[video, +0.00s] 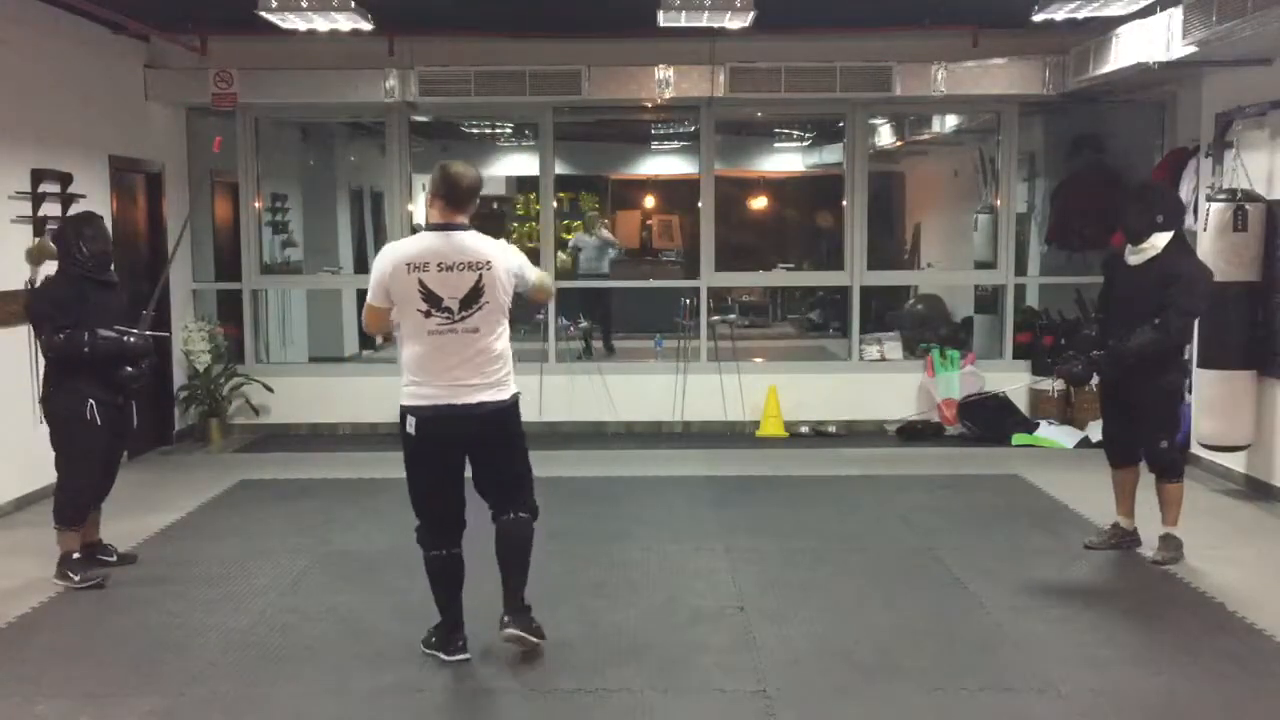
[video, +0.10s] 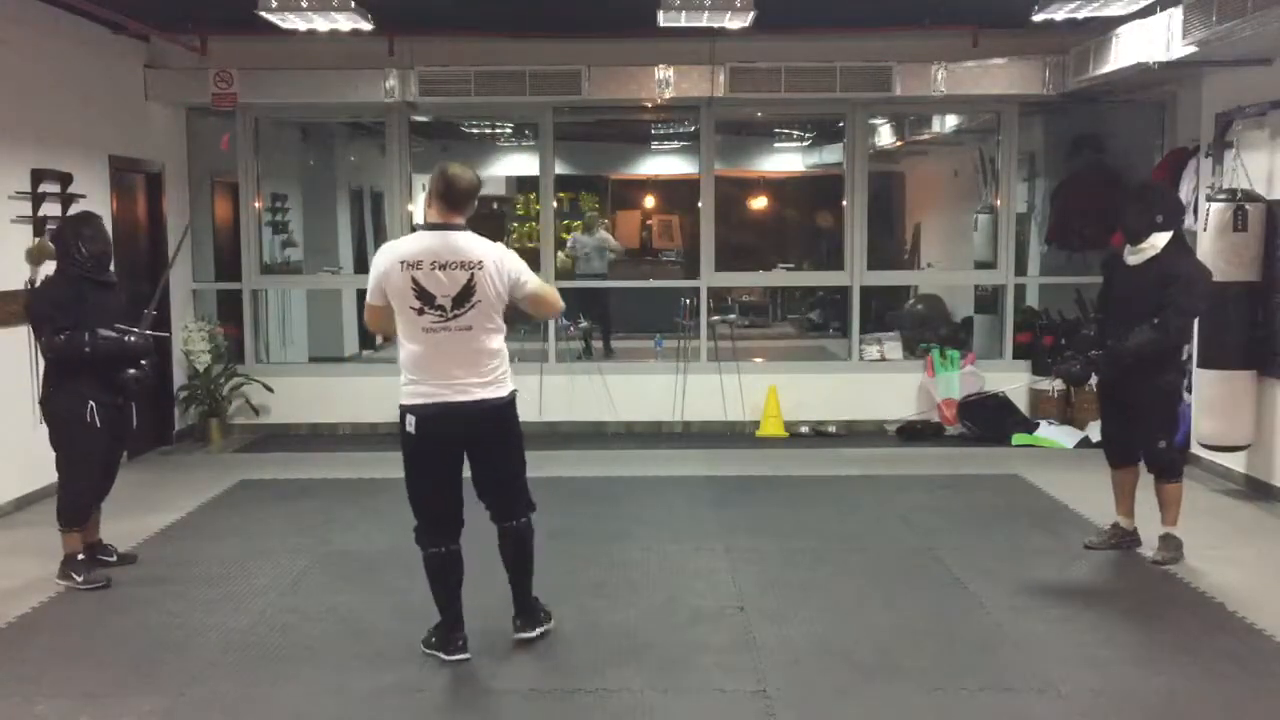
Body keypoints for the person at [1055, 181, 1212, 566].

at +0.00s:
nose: (1127, 223)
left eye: (1136, 215)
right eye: (1127, 215)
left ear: (1158, 218)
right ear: (1128, 217)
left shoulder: (1186, 269)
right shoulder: (1117, 263)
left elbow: (1171, 331)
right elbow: (1105, 320)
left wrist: (1113, 356)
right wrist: (1089, 353)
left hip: (1161, 378)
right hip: (1119, 374)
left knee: (1165, 454)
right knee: (1121, 449)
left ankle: (1170, 537)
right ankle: (1124, 527)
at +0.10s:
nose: (1127, 224)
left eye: (1136, 216)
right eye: (1126, 216)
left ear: (1157, 218)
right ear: (1126, 218)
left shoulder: (1185, 269)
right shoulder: (1116, 264)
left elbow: (1171, 330)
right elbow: (1105, 319)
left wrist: (1115, 353)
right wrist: (1089, 351)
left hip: (1159, 378)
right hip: (1117, 374)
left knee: (1164, 455)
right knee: (1120, 450)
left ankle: (1170, 536)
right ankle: (1124, 527)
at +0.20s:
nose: (1127, 223)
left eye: (1136, 216)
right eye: (1127, 215)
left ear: (1157, 218)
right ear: (1126, 218)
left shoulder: (1185, 269)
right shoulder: (1116, 264)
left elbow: (1171, 329)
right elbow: (1105, 319)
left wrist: (1121, 348)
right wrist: (1090, 351)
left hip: (1158, 377)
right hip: (1116, 374)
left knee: (1162, 455)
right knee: (1119, 450)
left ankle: (1169, 536)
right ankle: (1124, 527)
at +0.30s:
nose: (1126, 227)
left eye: (1134, 219)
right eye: (1125, 219)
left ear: (1155, 219)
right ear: (1123, 220)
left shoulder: (1182, 268)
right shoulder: (1116, 263)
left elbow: (1170, 328)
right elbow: (1100, 315)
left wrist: (1113, 352)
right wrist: (1083, 344)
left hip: (1156, 376)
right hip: (1114, 372)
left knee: (1159, 454)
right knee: (1117, 450)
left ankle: (1169, 536)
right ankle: (1124, 527)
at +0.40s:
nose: (1127, 226)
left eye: (1135, 218)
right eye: (1126, 218)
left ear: (1156, 219)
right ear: (1123, 219)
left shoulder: (1181, 267)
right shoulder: (1115, 262)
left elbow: (1172, 327)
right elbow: (1100, 314)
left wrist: (1122, 348)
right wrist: (1087, 343)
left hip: (1155, 376)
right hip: (1113, 373)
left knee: (1159, 454)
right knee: (1117, 449)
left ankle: (1169, 536)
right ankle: (1124, 527)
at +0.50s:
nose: (1126, 226)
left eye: (1135, 218)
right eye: (1125, 218)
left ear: (1156, 219)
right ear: (1124, 218)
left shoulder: (1181, 267)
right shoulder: (1115, 261)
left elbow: (1172, 327)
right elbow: (1100, 315)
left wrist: (1125, 346)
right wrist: (1089, 344)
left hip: (1154, 377)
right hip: (1112, 374)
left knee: (1159, 455)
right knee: (1116, 450)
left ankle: (1169, 537)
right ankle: (1123, 528)